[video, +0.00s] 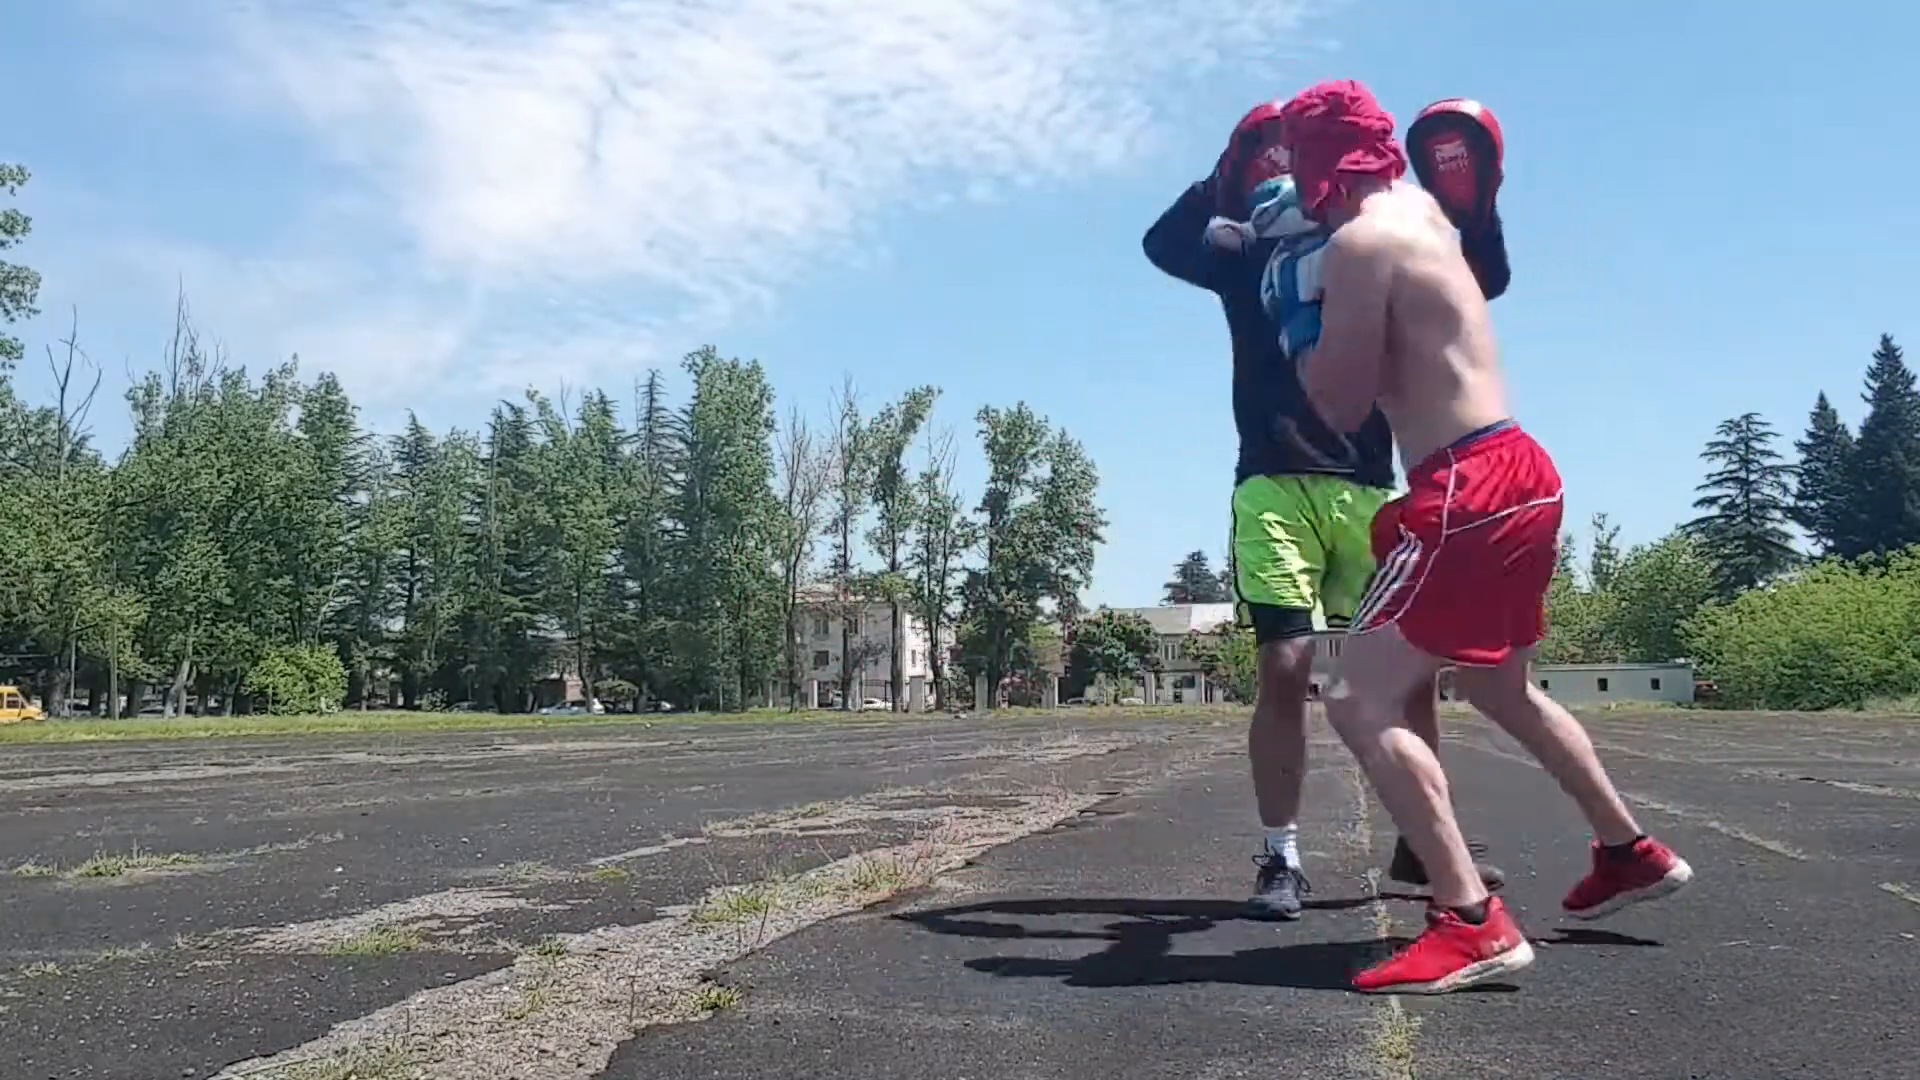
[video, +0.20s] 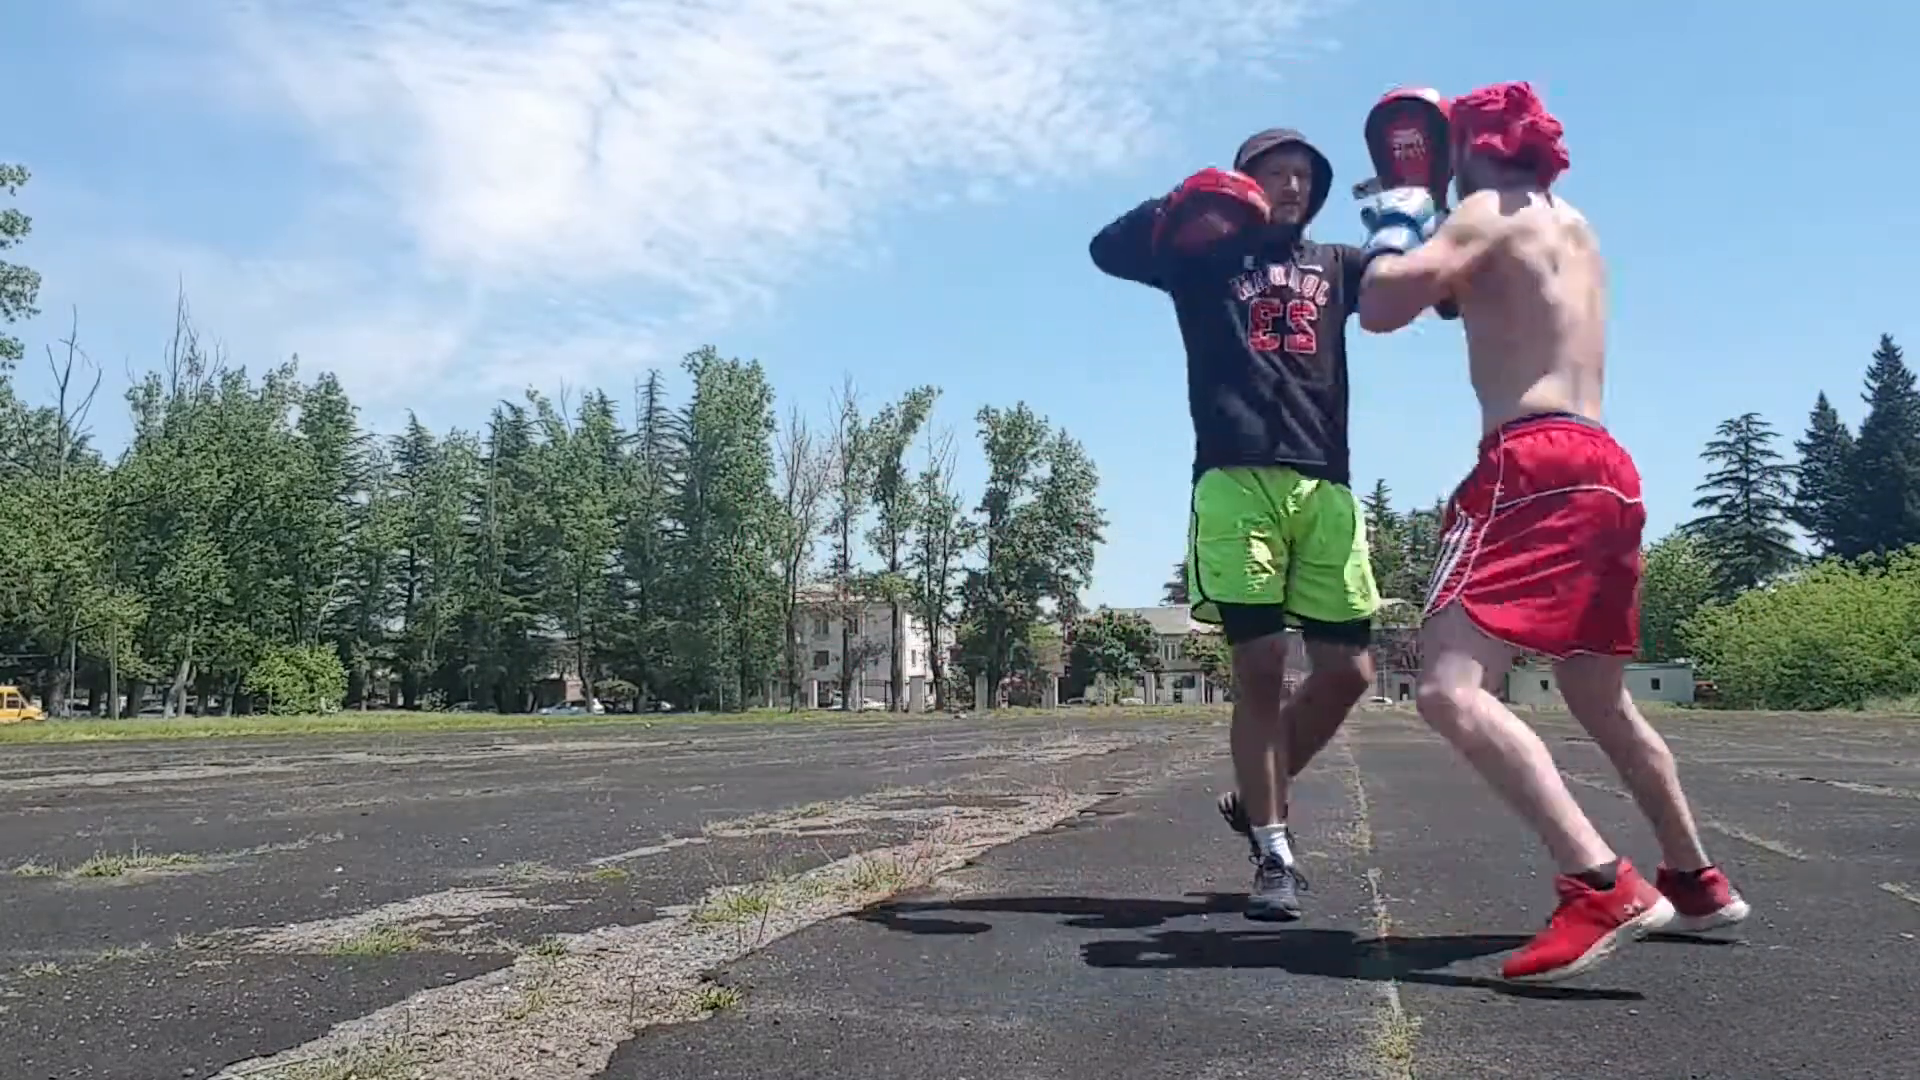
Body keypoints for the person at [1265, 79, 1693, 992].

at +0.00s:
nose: (1295, 184)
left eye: (1298, 166)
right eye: (1292, 167)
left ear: (1332, 163)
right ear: (1377, 151)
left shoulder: (1365, 239)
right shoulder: (1423, 219)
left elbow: (1337, 402)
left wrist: (1307, 320)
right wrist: (1338, 287)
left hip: (1463, 489)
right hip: (1517, 474)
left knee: (1362, 703)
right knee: (1500, 687)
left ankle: (1469, 917)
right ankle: (1627, 845)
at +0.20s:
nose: (1450, 166)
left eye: (1457, 152)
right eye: (1452, 152)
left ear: (1483, 152)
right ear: (1538, 160)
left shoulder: (1486, 211)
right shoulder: (1580, 232)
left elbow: (1381, 305)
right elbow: (1481, 298)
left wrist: (1389, 237)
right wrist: (1418, 254)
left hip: (1533, 459)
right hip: (1606, 465)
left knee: (1451, 688)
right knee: (1600, 696)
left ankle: (1600, 884)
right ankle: (1694, 878)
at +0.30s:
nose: (1537, 187)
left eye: (1542, 176)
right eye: (1542, 178)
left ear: (1561, 178)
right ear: (1628, 187)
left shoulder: (1526, 214)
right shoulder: (1677, 276)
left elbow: (1388, 218)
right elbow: (1647, 405)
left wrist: (1405, 191)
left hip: (1552, 479)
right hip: (1644, 489)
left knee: (1557, 722)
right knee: (1612, 709)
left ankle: (1721, 883)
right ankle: (1680, 881)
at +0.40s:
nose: (1580, 216)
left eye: (1584, 206)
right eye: (1587, 208)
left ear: (1602, 202)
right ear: (1677, 219)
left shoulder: (1570, 237)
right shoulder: (1722, 294)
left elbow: (1415, 269)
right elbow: (1694, 413)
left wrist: (1444, 231)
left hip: (1603, 483)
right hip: (1694, 497)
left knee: (1604, 722)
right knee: (1621, 708)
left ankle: (1758, 900)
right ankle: (1681, 890)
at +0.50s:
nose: (1567, 227)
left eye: (1573, 212)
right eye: (1569, 215)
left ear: (1600, 196)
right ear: (1651, 198)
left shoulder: (1613, 226)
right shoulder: (1713, 274)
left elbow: (1517, 318)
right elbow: (1656, 364)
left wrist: (1502, 276)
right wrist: (1596, 327)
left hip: (1678, 470)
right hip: (1728, 475)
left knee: (1674, 697)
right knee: (1618, 693)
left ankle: (1785, 916)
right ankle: (1688, 892)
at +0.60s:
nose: (1584, 215)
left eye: (1583, 196)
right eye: (1579, 202)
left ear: (1622, 168)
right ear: (1637, 170)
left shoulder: (1687, 212)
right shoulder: (1671, 252)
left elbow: (1639, 328)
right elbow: (1653, 389)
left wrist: (1582, 278)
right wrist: (1589, 309)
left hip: (1751, 456)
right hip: (1706, 470)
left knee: (1754, 681)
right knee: (1647, 688)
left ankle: (1896, 898)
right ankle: (1695, 891)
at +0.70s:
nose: (1621, 194)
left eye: (1627, 174)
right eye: (1616, 180)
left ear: (1674, 159)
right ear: (1677, 164)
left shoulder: (1756, 216)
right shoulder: (1702, 255)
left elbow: (1710, 344)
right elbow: (1672, 378)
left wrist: (1647, 280)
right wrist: (1623, 302)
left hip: (1805, 473)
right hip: (1737, 485)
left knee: (1864, 695)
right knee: (1660, 685)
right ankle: (1698, 887)